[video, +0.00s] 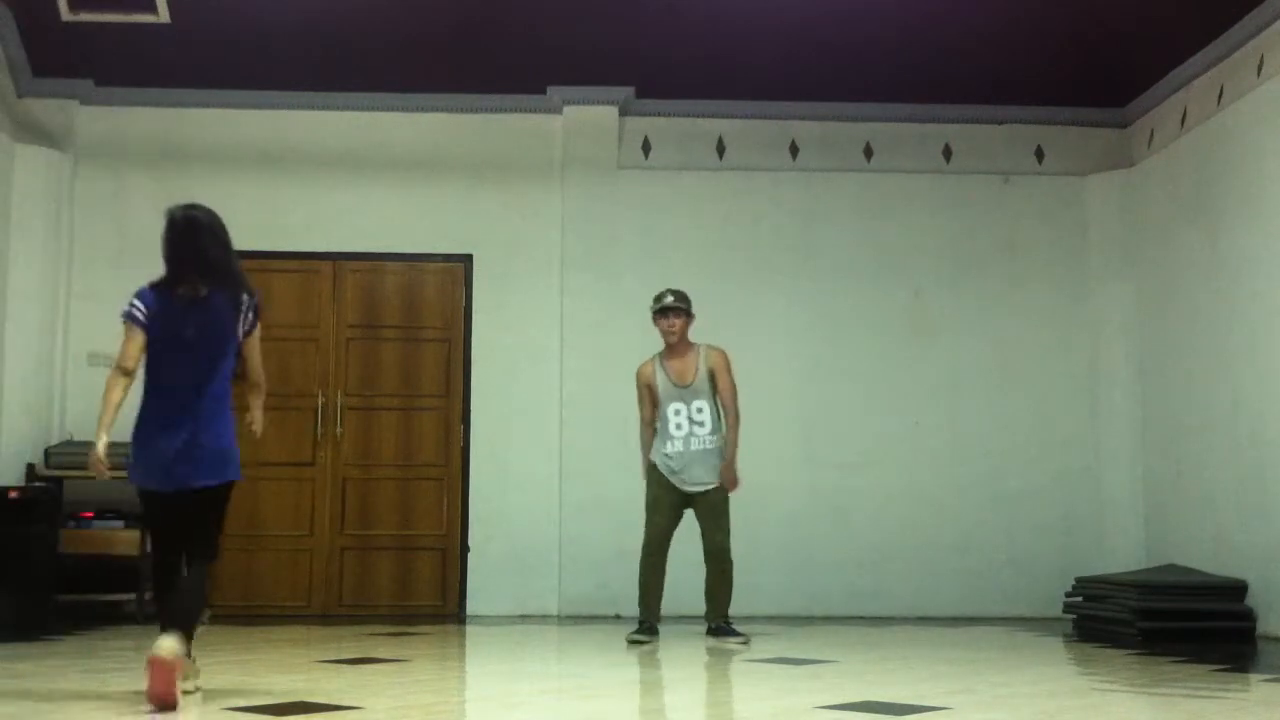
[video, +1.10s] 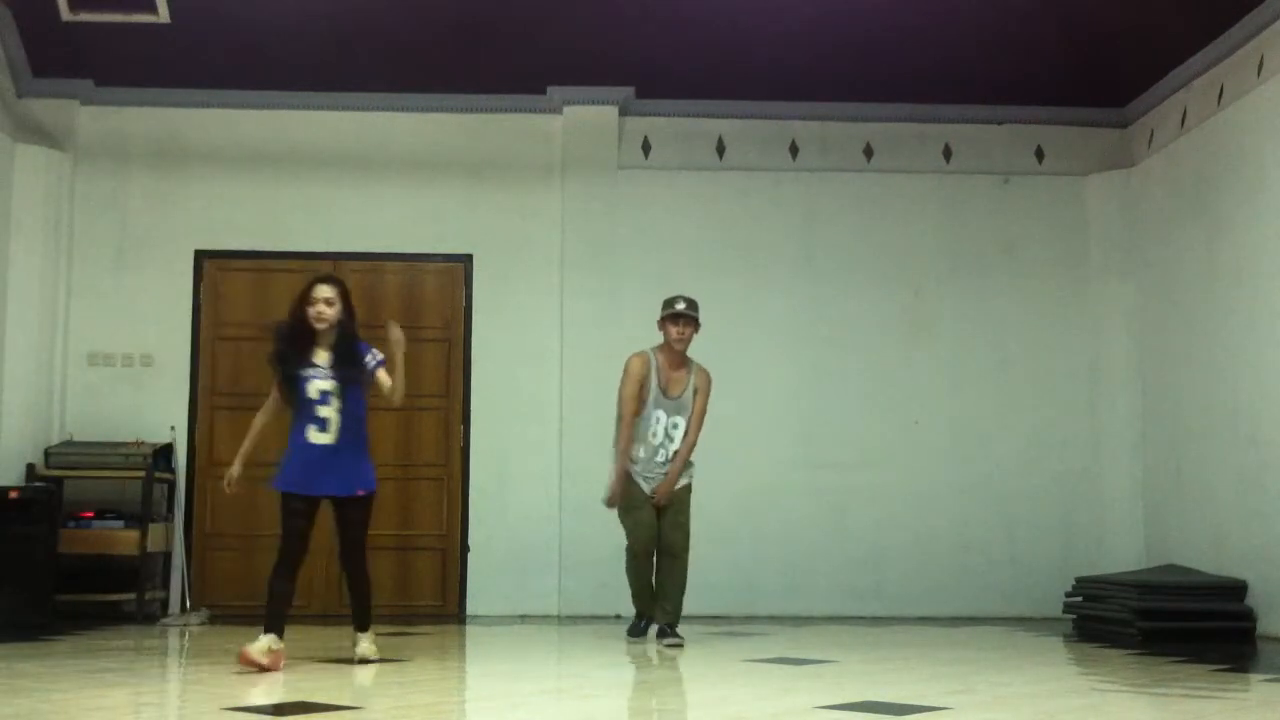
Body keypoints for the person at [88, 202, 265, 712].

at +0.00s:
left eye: (170, 241)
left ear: (169, 247)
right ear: (220, 245)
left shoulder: (150, 298)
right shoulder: (240, 301)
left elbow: (125, 369)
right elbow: (254, 373)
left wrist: (102, 434)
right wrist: (257, 410)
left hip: (156, 448)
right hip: (213, 449)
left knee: (165, 554)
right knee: (200, 553)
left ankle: (184, 662)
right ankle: (171, 641)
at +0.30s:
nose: (190, 250)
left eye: (196, 243)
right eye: (192, 242)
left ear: (212, 250)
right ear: (241, 251)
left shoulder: (191, 301)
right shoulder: (258, 306)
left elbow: (172, 377)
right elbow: (267, 383)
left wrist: (151, 434)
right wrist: (270, 445)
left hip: (196, 437)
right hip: (244, 439)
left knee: (188, 543)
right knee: (204, 535)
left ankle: (185, 661)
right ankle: (245, 627)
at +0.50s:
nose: (211, 276)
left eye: (218, 269)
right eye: (213, 269)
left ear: (238, 274)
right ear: (249, 275)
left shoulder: (240, 324)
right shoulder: (261, 325)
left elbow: (217, 382)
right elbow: (269, 397)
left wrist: (194, 419)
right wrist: (273, 456)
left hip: (230, 450)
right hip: (251, 450)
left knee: (213, 549)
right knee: (241, 548)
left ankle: (210, 655)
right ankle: (264, 643)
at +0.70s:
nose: (239, 286)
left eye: (246, 278)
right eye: (239, 278)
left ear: (269, 280)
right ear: (262, 282)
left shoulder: (289, 326)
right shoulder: (252, 328)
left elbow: (289, 393)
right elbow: (247, 391)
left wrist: (266, 447)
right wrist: (238, 447)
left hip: (272, 450)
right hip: (247, 449)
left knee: (252, 542)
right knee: (251, 543)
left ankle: (279, 641)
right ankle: (279, 639)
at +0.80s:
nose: (255, 287)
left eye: (263, 279)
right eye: (254, 279)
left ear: (287, 283)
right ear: (255, 285)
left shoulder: (304, 328)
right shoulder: (255, 331)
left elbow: (319, 383)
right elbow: (258, 397)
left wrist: (329, 437)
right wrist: (240, 442)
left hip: (294, 457)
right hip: (255, 459)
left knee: (283, 543)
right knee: (263, 549)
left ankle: (330, 622)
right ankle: (267, 643)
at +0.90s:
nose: (277, 293)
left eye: (286, 286)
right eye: (272, 286)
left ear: (307, 291)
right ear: (266, 293)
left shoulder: (320, 334)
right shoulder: (268, 339)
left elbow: (351, 381)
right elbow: (260, 400)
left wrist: (379, 428)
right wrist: (236, 440)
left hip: (312, 459)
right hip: (266, 460)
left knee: (322, 543)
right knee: (267, 549)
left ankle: (353, 618)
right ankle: (266, 643)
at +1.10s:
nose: (321, 309)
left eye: (329, 302)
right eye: (314, 302)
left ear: (343, 309)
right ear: (303, 308)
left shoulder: (359, 352)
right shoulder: (293, 356)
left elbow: (394, 396)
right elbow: (270, 407)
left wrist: (397, 353)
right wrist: (239, 460)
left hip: (351, 474)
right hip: (302, 473)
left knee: (353, 556)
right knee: (290, 552)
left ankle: (364, 638)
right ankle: (271, 640)